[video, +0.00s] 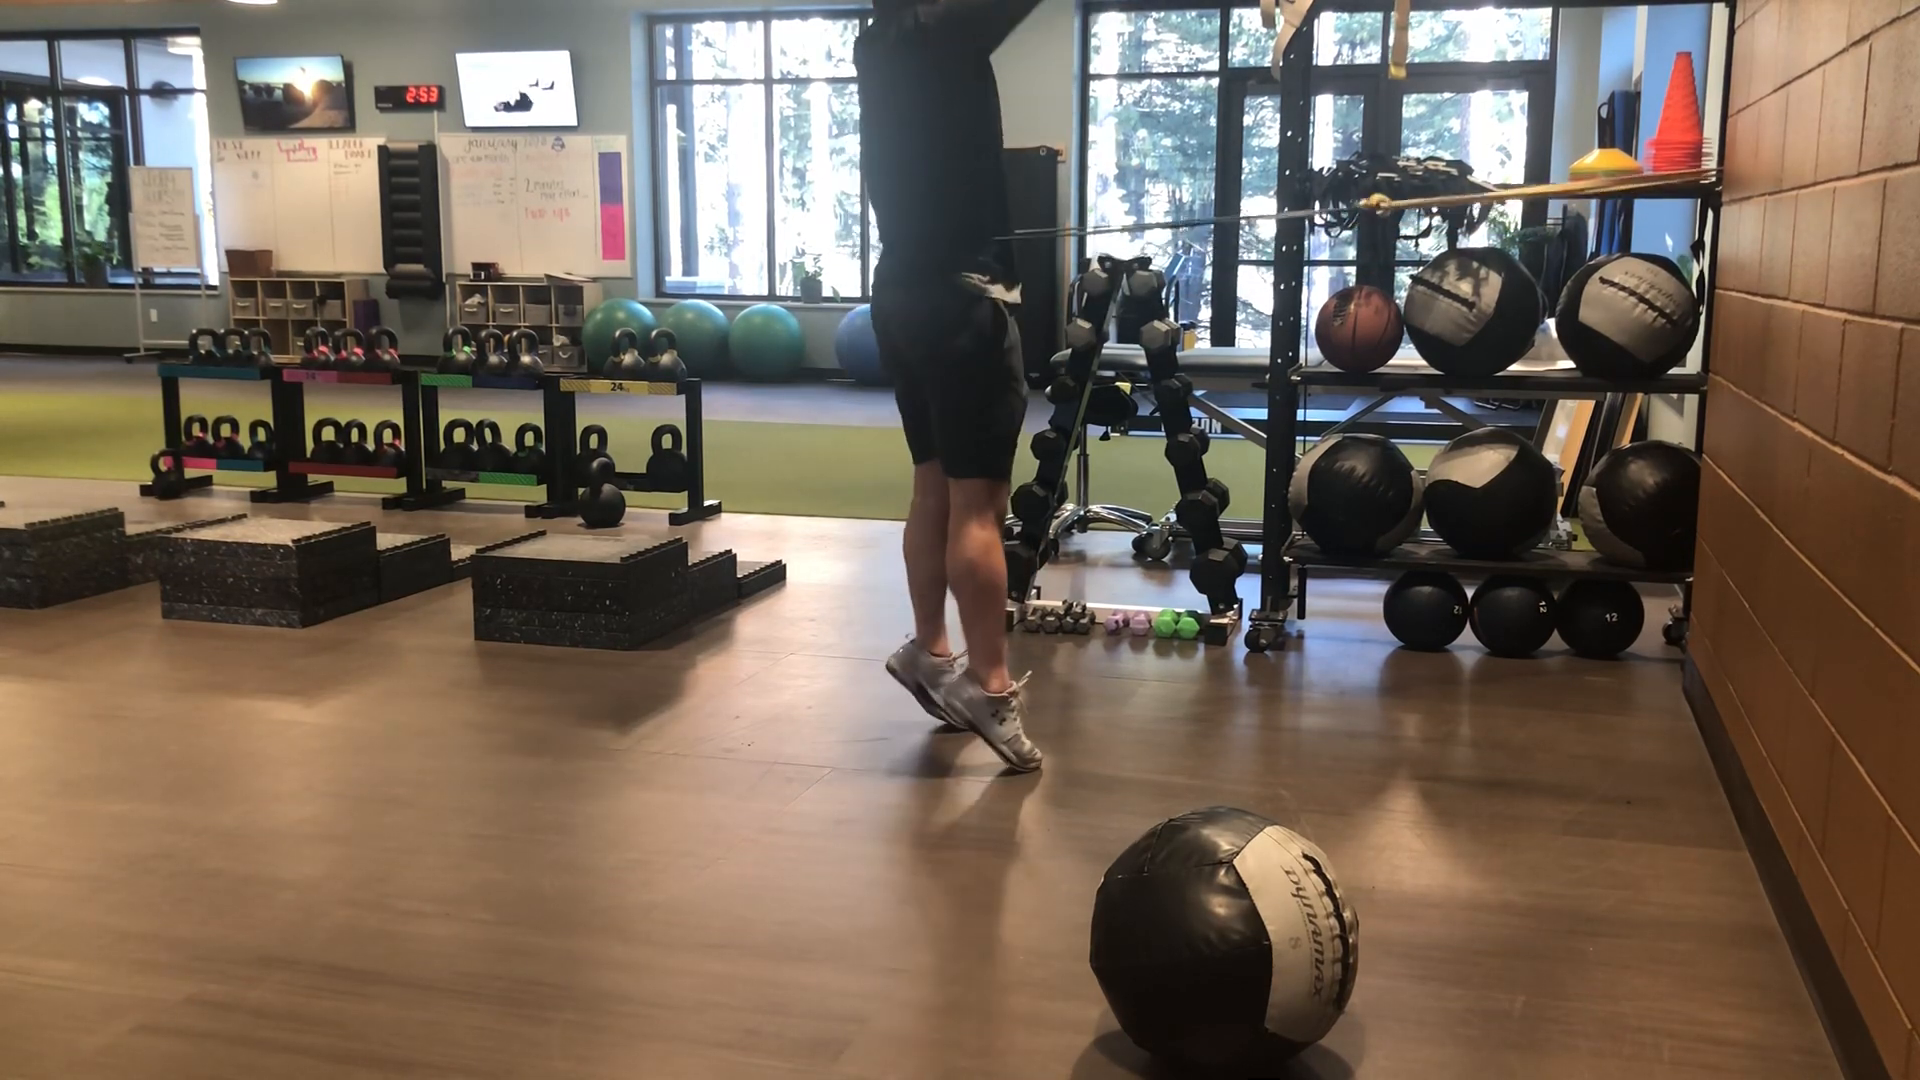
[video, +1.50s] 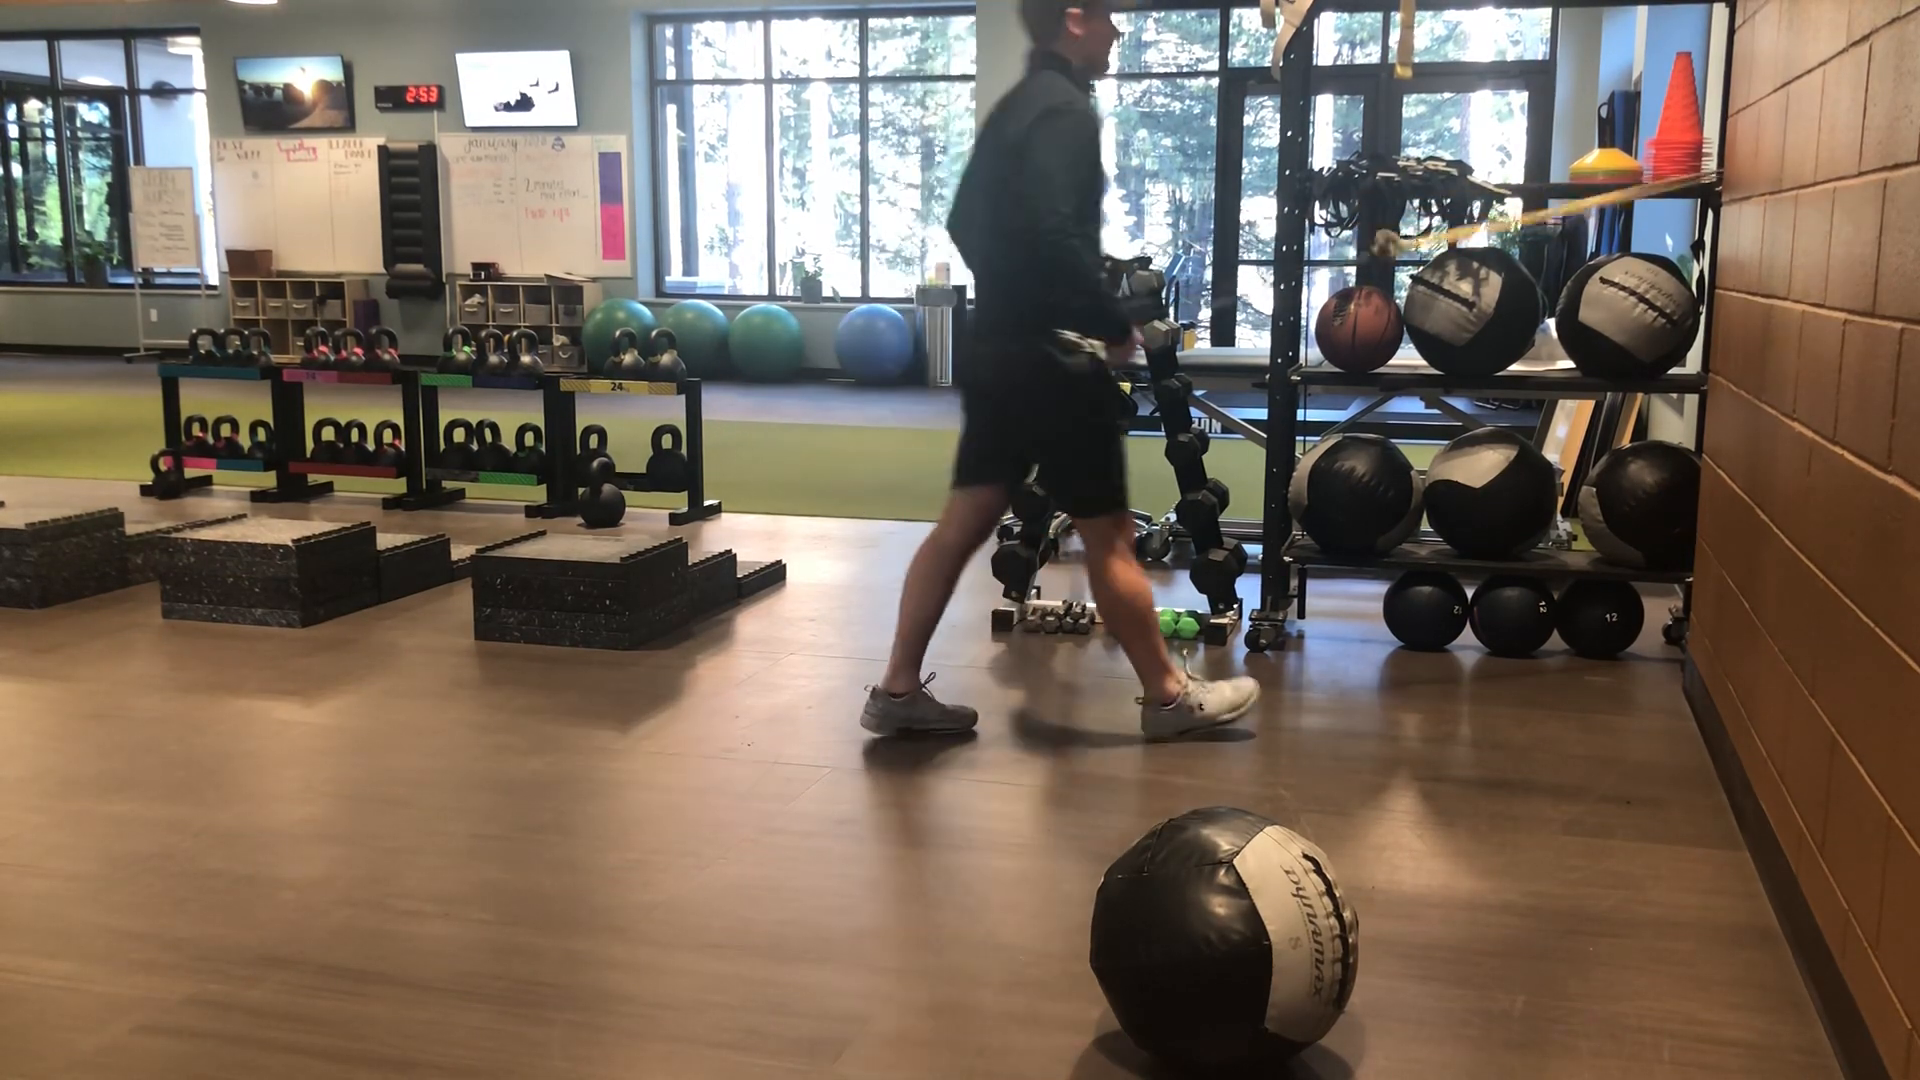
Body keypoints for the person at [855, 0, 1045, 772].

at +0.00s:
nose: (978, 12)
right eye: (973, 8)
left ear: (893, 2)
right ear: (945, 0)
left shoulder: (874, 49)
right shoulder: (954, 36)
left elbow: (885, 188)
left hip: (900, 293)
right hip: (963, 296)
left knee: (932, 479)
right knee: (979, 504)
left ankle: (928, 647)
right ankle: (989, 686)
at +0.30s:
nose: (1014, 39)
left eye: (1012, 25)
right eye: (1008, 24)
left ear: (949, 28)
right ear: (978, 21)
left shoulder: (910, 116)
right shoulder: (965, 116)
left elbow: (920, 245)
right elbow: (993, 231)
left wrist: (987, 325)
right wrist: (1027, 315)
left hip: (869, 342)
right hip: (913, 346)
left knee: (946, 529)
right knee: (993, 542)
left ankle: (895, 689)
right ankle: (948, 733)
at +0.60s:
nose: (1082, 186)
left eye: (1084, 171)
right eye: (1080, 169)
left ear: (1020, 161)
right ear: (1051, 161)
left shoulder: (955, 220)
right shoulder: (1008, 244)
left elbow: (853, 291)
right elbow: (932, 328)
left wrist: (766, 366)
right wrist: (845, 413)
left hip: (844, 418)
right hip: (885, 432)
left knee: (959, 545)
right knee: (1026, 558)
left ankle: (897, 695)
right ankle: (949, 733)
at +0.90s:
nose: (1063, 77)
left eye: (1064, 62)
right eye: (1060, 59)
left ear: (1003, 52)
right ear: (1024, 51)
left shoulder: (938, 136)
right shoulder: (997, 147)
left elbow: (874, 257)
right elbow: (954, 275)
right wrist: (953, 404)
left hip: (862, 357)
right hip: (911, 365)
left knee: (954, 534)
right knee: (993, 543)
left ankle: (893, 699)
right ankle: (947, 734)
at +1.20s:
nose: (1024, 19)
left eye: (1021, 9)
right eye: (1017, 7)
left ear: (959, 16)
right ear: (985, 9)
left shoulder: (913, 99)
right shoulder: (984, 98)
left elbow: (932, 223)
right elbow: (1009, 224)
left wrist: (1021, 183)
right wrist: (1089, 242)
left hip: (909, 330)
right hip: (970, 336)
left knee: (912, 519)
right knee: (1014, 524)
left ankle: (890, 696)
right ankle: (957, 708)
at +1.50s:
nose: (1118, 32)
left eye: (1116, 20)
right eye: (1110, 19)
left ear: (1057, 27)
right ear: (1072, 22)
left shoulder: (1020, 101)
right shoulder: (1064, 110)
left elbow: (966, 223)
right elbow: (1057, 237)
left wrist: (1027, 299)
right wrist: (1115, 323)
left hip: (999, 353)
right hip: (1059, 357)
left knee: (965, 520)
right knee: (1109, 536)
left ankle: (897, 687)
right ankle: (1167, 694)